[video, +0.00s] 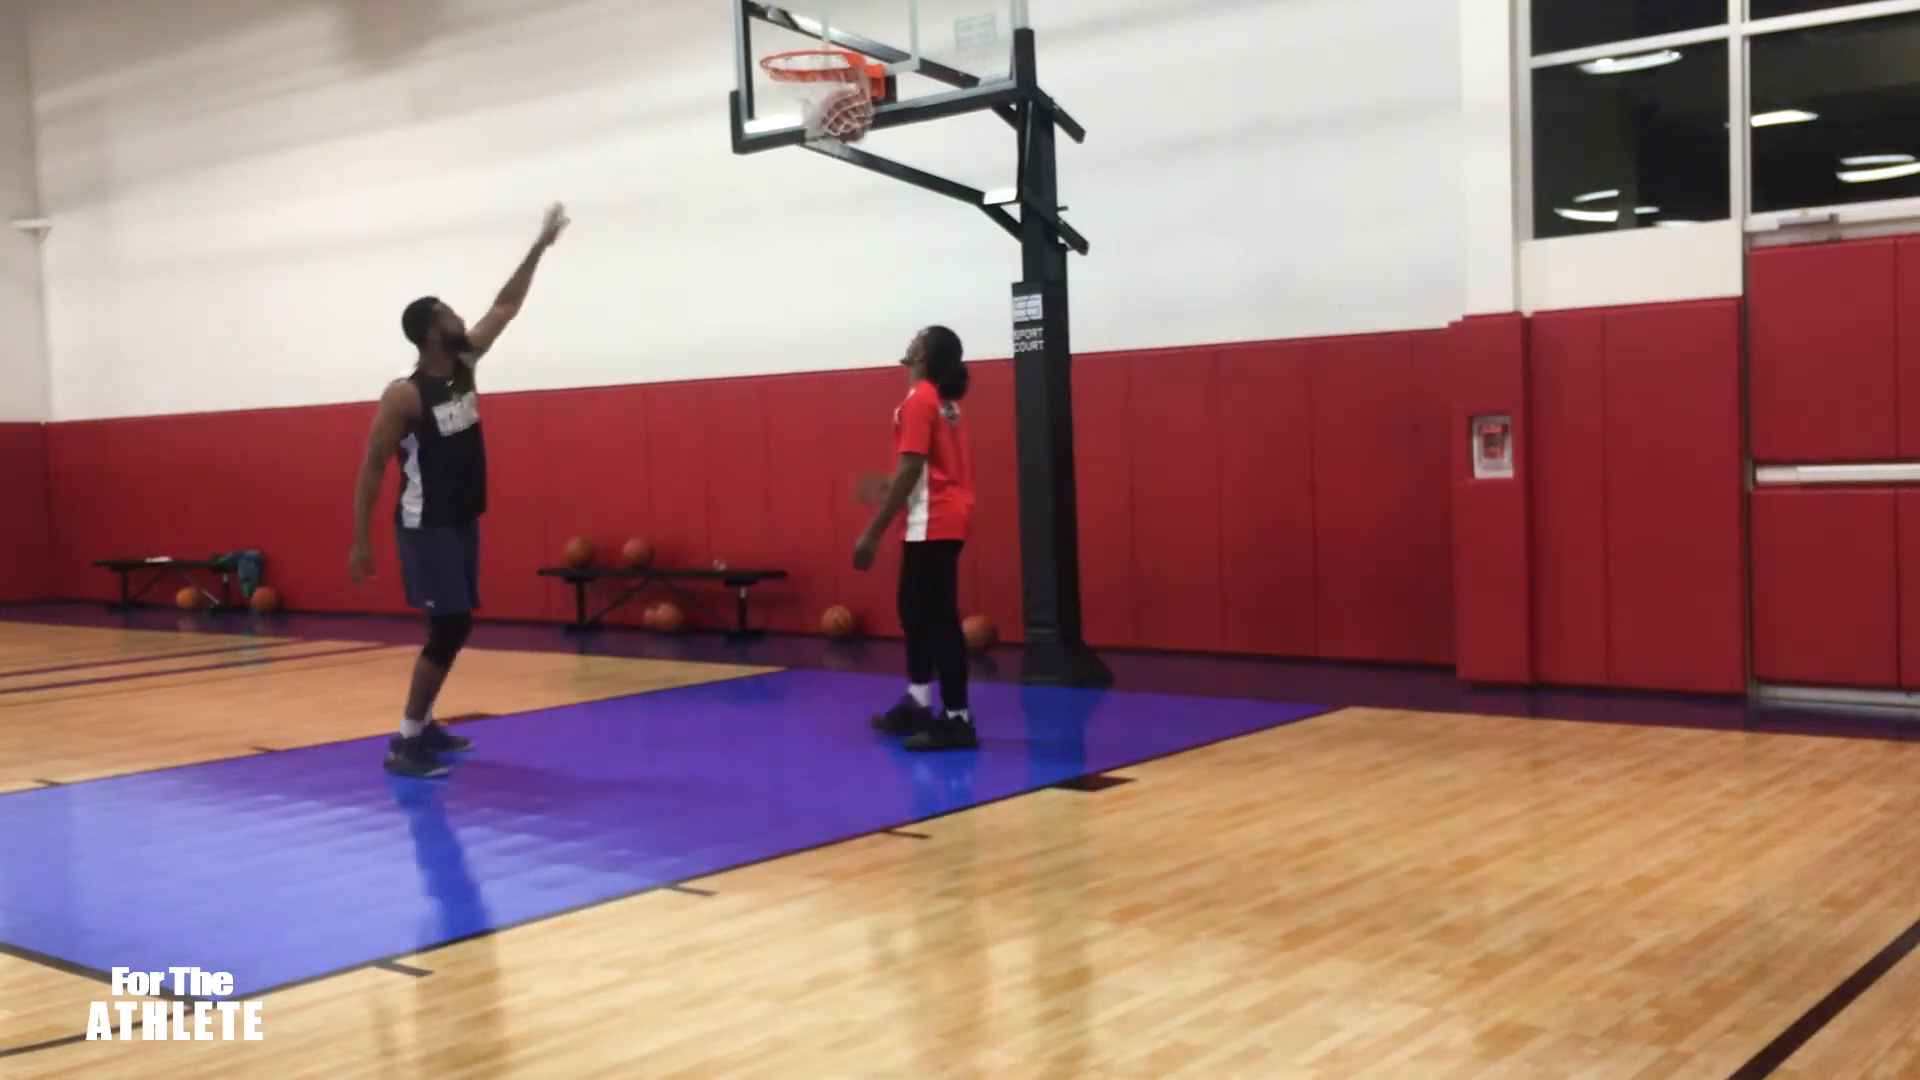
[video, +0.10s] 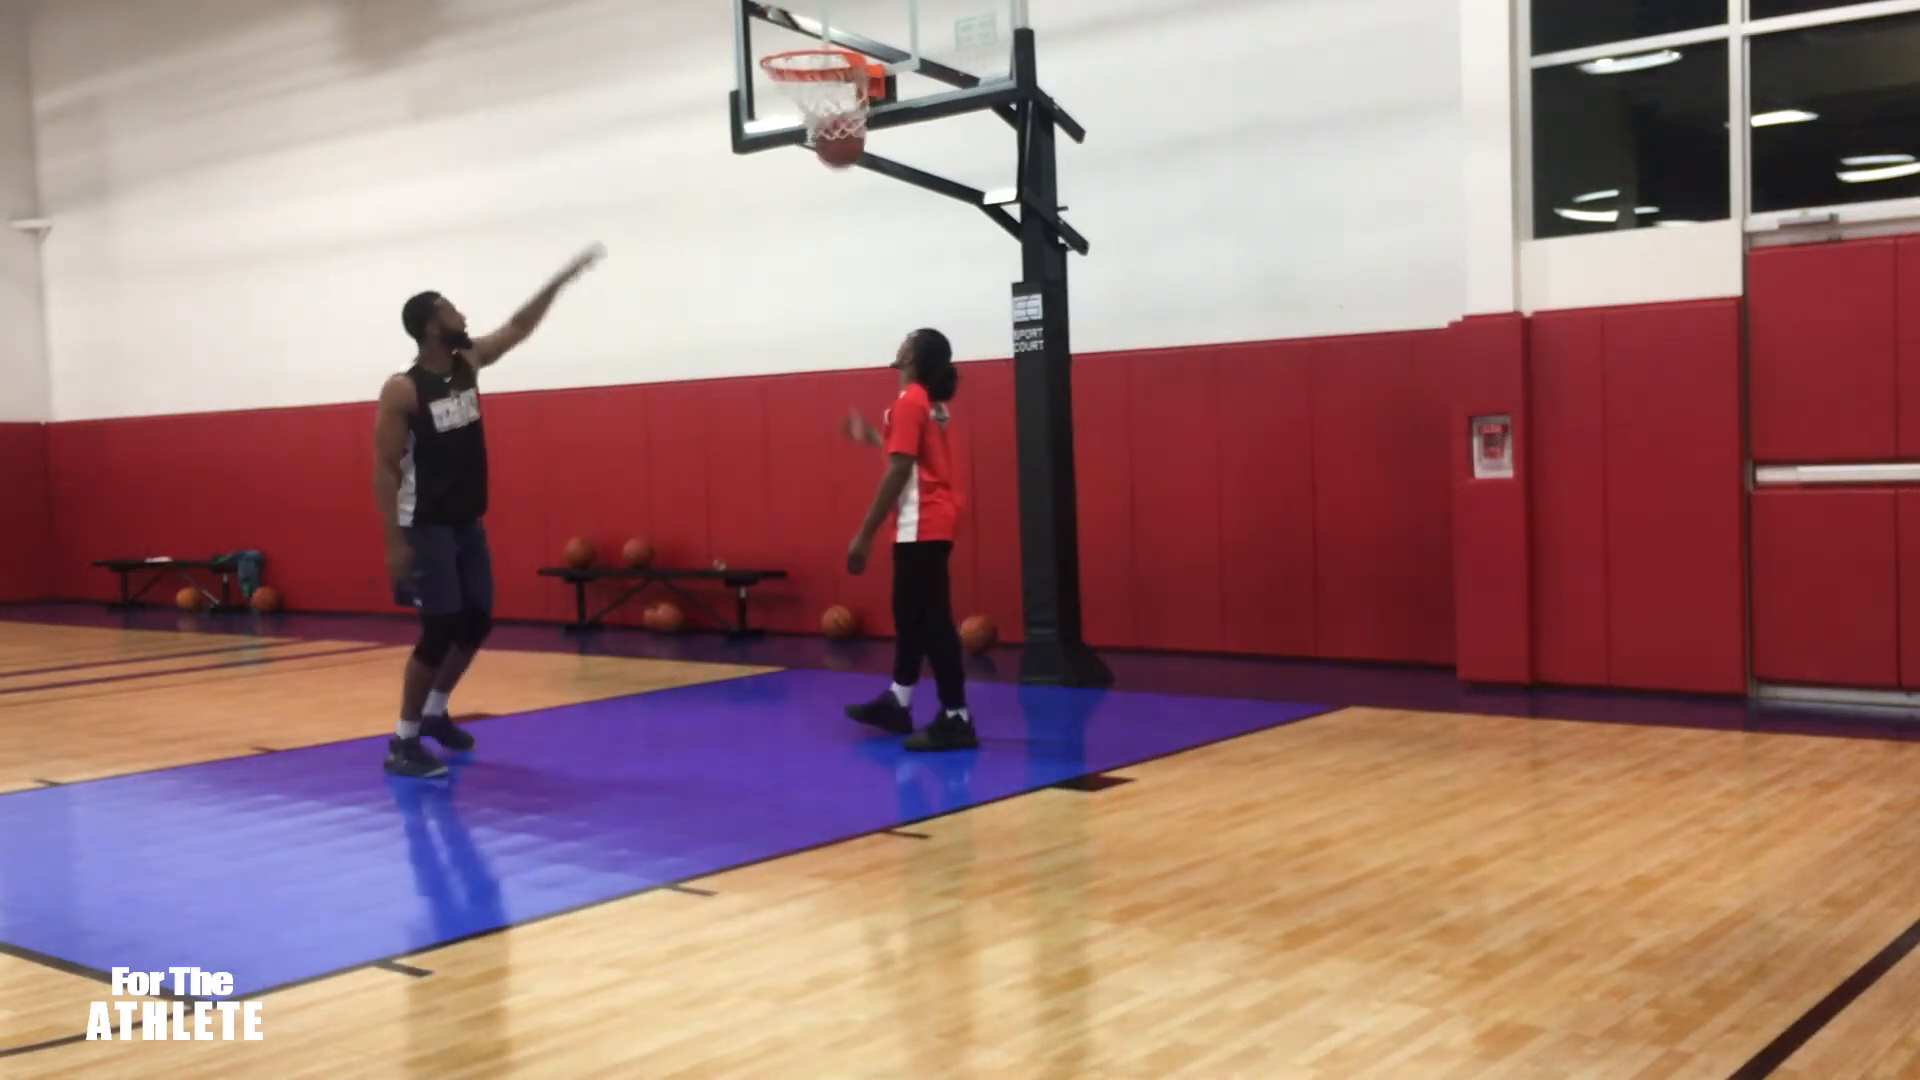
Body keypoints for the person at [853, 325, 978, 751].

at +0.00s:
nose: (908, 347)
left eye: (915, 342)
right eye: (912, 340)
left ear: (925, 354)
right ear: (935, 359)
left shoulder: (920, 397)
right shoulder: (936, 398)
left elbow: (911, 467)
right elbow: (931, 469)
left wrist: (872, 534)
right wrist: (888, 485)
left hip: (935, 520)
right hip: (933, 518)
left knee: (936, 614)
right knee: (913, 608)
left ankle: (956, 717)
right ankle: (919, 701)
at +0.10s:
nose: (898, 350)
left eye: (904, 345)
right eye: (903, 344)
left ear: (913, 357)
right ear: (928, 361)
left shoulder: (909, 400)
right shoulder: (923, 400)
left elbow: (900, 468)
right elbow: (916, 454)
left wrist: (864, 536)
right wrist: (874, 436)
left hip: (925, 525)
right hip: (922, 523)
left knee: (932, 618)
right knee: (908, 613)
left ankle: (955, 717)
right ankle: (898, 700)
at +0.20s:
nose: (890, 348)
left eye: (896, 344)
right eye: (895, 343)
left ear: (904, 357)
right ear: (919, 362)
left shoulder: (902, 400)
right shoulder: (908, 400)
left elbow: (892, 470)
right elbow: (882, 432)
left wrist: (860, 538)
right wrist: (858, 399)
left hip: (914, 526)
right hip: (904, 525)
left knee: (918, 618)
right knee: (893, 614)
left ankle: (953, 714)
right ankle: (891, 703)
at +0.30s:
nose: (881, 346)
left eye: (887, 342)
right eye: (886, 341)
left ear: (896, 356)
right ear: (906, 360)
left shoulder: (894, 401)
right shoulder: (896, 399)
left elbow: (888, 469)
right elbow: (868, 419)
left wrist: (860, 535)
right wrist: (845, 379)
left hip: (904, 525)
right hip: (894, 523)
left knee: (904, 614)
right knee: (882, 610)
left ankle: (946, 709)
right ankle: (890, 702)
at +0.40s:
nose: (869, 348)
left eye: (877, 344)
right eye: (874, 342)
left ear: (892, 358)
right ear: (894, 360)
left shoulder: (895, 399)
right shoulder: (886, 397)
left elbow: (890, 469)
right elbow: (853, 422)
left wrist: (860, 533)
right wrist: (829, 379)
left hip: (899, 521)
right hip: (888, 519)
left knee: (888, 610)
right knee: (883, 609)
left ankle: (936, 703)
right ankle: (889, 703)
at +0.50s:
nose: (860, 349)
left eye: (868, 344)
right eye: (864, 342)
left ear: (887, 357)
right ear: (884, 358)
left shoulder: (894, 399)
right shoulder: (877, 399)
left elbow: (893, 470)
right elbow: (858, 451)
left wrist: (862, 531)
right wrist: (819, 420)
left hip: (897, 522)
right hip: (882, 521)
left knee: (886, 609)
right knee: (878, 609)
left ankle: (922, 703)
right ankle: (890, 700)